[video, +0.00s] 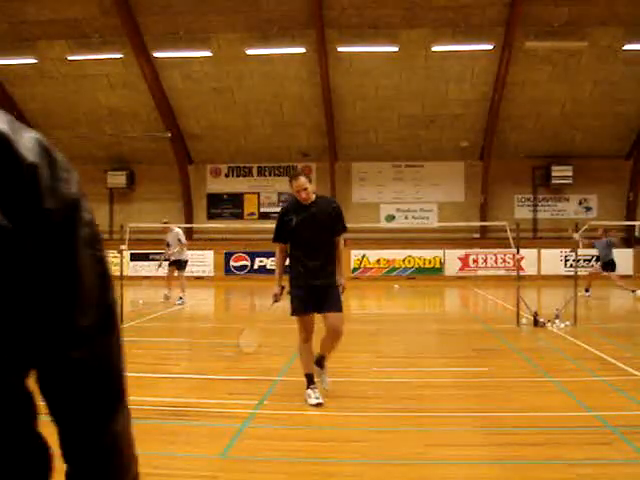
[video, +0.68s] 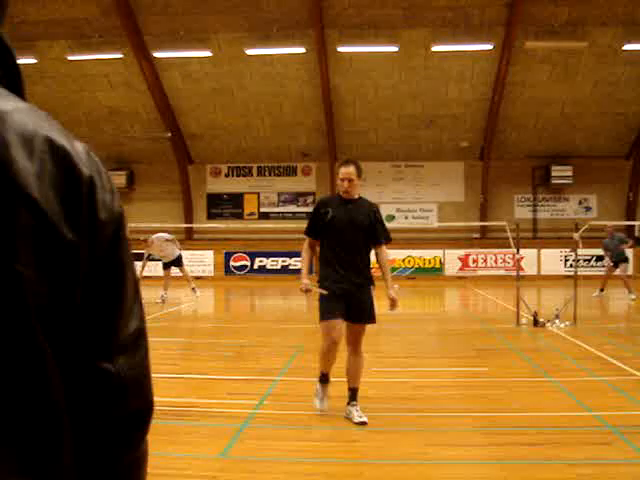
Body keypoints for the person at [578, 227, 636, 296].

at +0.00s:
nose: (599, 233)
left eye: (601, 232)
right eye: (599, 231)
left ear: (604, 233)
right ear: (598, 233)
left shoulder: (608, 241)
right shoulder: (597, 242)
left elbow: (617, 244)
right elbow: (588, 243)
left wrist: (615, 237)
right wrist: (580, 240)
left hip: (609, 263)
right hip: (602, 264)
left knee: (616, 280)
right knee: (591, 274)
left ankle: (632, 290)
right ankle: (587, 290)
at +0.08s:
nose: (596, 234)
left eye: (598, 232)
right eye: (596, 232)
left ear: (602, 233)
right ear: (596, 234)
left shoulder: (606, 242)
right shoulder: (595, 243)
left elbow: (617, 245)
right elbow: (582, 247)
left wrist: (614, 240)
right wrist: (579, 240)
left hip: (608, 265)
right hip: (600, 265)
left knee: (613, 284)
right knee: (588, 273)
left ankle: (630, 291)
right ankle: (587, 291)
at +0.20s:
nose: (592, 233)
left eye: (594, 232)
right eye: (591, 232)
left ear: (597, 233)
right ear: (591, 233)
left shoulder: (599, 240)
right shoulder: (594, 243)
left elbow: (609, 244)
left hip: (606, 261)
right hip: (599, 262)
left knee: (602, 283)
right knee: (587, 272)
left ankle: (621, 291)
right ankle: (587, 291)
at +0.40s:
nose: (594, 232)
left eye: (596, 230)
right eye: (593, 230)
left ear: (599, 230)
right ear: (592, 231)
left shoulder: (604, 237)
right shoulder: (597, 240)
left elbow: (612, 244)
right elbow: (597, 250)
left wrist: (602, 248)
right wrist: (600, 256)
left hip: (612, 257)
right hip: (605, 257)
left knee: (610, 275)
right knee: (594, 273)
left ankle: (625, 290)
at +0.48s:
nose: (596, 233)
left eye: (597, 231)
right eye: (595, 231)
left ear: (600, 231)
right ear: (594, 232)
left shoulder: (606, 239)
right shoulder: (597, 241)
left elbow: (615, 246)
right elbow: (597, 253)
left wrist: (606, 251)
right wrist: (601, 257)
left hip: (614, 258)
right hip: (606, 259)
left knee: (613, 277)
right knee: (597, 276)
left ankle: (628, 290)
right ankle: (600, 291)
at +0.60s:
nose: (604, 234)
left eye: (605, 232)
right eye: (603, 232)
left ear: (609, 232)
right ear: (603, 233)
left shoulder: (616, 239)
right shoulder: (604, 242)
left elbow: (627, 243)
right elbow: (602, 252)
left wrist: (621, 248)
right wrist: (606, 258)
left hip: (620, 259)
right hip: (611, 260)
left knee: (620, 275)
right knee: (603, 274)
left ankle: (629, 293)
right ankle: (601, 290)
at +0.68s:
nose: (609, 230)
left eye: (610, 228)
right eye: (608, 229)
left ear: (613, 229)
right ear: (606, 230)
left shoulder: (619, 237)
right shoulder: (606, 242)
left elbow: (630, 241)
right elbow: (606, 253)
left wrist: (625, 246)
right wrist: (608, 261)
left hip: (622, 258)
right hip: (613, 259)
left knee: (622, 274)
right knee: (606, 275)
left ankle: (630, 292)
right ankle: (601, 290)